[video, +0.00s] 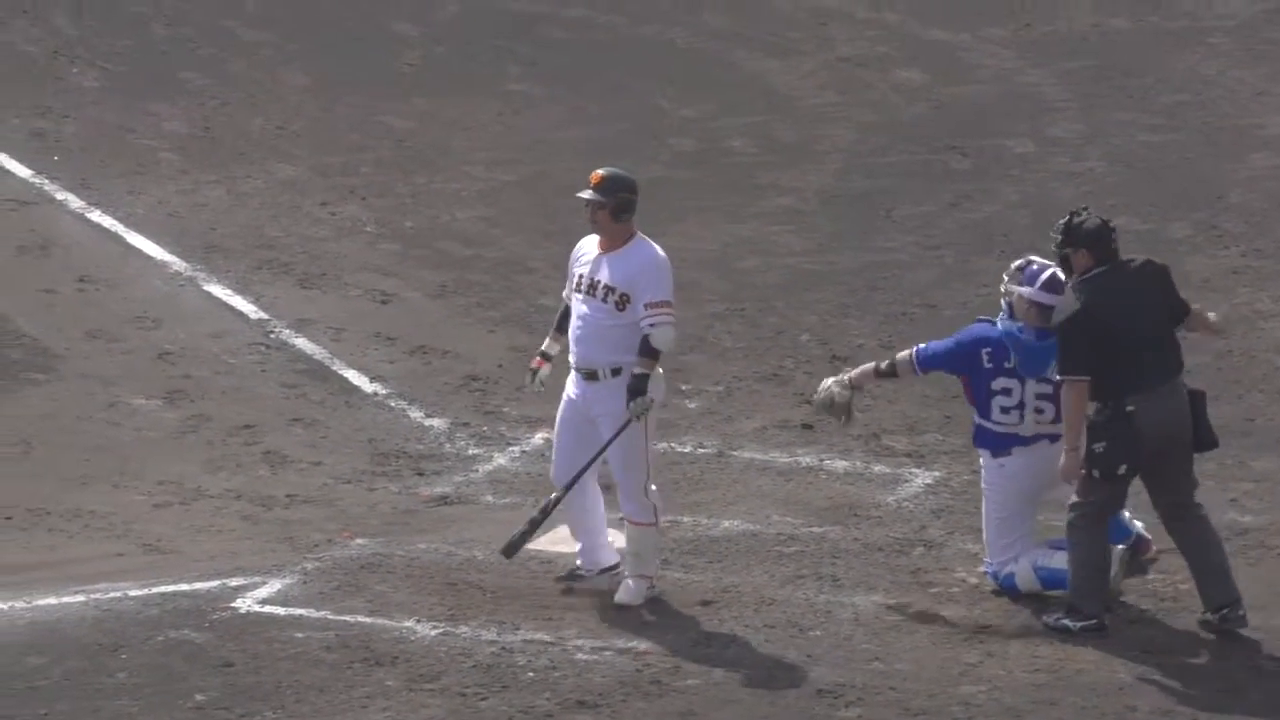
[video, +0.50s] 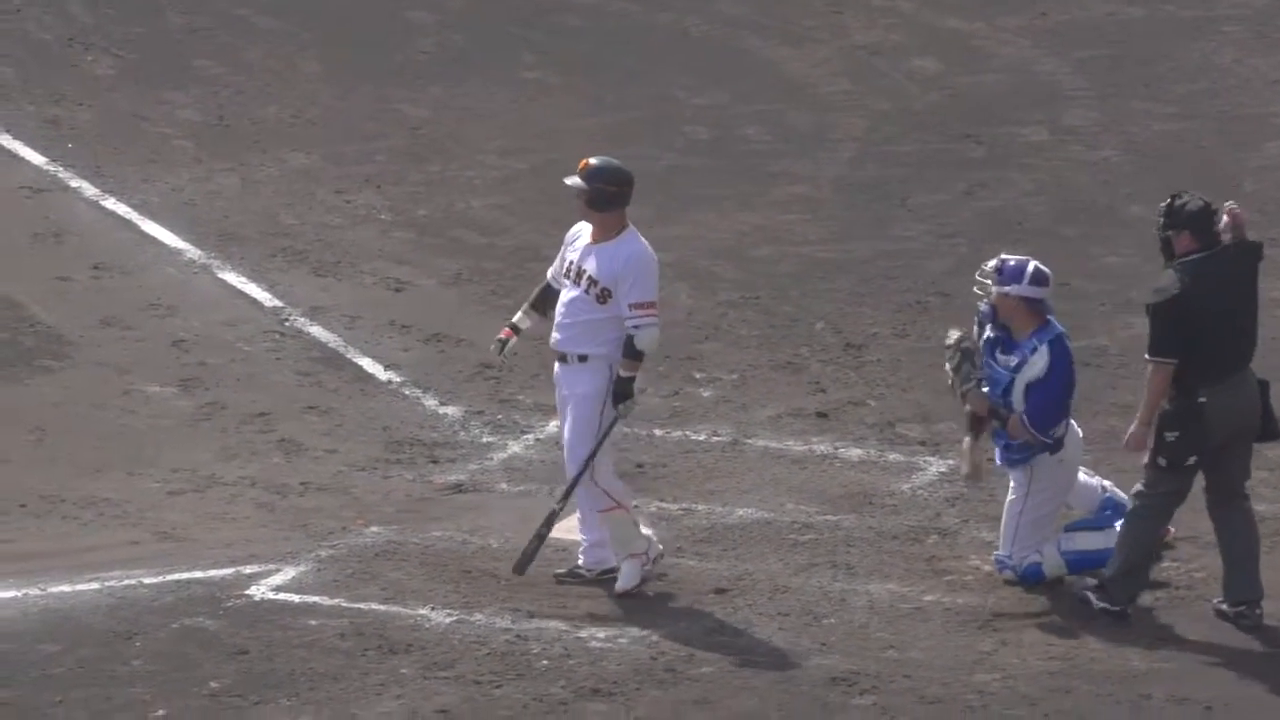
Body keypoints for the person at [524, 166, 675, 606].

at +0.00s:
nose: (589, 211)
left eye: (597, 205)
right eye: (589, 204)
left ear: (622, 210)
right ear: (596, 208)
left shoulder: (649, 260)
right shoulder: (584, 250)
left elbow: (660, 330)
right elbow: (570, 307)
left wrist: (640, 378)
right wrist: (547, 352)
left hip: (623, 385)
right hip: (579, 384)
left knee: (633, 483)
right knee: (569, 475)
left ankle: (641, 575)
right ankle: (597, 559)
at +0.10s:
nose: (587, 211)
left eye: (594, 205)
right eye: (587, 204)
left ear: (617, 211)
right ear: (599, 209)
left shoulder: (646, 260)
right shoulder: (582, 250)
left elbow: (658, 329)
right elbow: (574, 315)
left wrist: (637, 378)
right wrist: (560, 364)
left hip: (620, 385)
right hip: (577, 385)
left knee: (629, 480)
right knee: (578, 479)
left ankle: (643, 575)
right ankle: (585, 570)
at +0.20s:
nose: (582, 209)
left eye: (589, 204)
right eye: (584, 202)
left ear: (611, 211)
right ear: (601, 209)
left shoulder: (643, 263)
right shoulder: (579, 248)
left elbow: (656, 333)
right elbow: (565, 309)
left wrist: (638, 384)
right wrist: (555, 359)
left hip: (613, 385)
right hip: (573, 383)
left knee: (623, 479)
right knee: (581, 478)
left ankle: (644, 573)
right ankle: (590, 568)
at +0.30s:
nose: (578, 206)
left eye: (585, 201)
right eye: (580, 199)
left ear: (606, 208)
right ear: (604, 208)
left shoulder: (642, 264)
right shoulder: (579, 244)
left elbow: (654, 335)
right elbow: (556, 297)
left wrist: (636, 390)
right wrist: (537, 344)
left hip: (609, 384)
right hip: (569, 380)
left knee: (614, 480)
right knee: (581, 476)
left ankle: (644, 566)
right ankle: (594, 565)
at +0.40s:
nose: (579, 203)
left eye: (585, 198)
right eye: (580, 197)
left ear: (607, 206)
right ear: (605, 204)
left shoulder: (639, 262)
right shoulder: (580, 238)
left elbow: (649, 333)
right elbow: (552, 292)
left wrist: (630, 384)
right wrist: (519, 337)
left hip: (602, 378)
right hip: (566, 374)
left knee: (601, 471)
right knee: (578, 470)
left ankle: (643, 553)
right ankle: (596, 559)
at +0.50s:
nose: (578, 199)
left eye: (584, 194)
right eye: (579, 192)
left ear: (605, 202)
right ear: (606, 201)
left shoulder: (635, 257)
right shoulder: (579, 234)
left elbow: (642, 331)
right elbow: (551, 287)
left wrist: (624, 381)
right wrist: (516, 326)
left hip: (597, 372)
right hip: (565, 367)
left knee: (586, 465)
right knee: (578, 464)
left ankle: (639, 548)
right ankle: (597, 556)